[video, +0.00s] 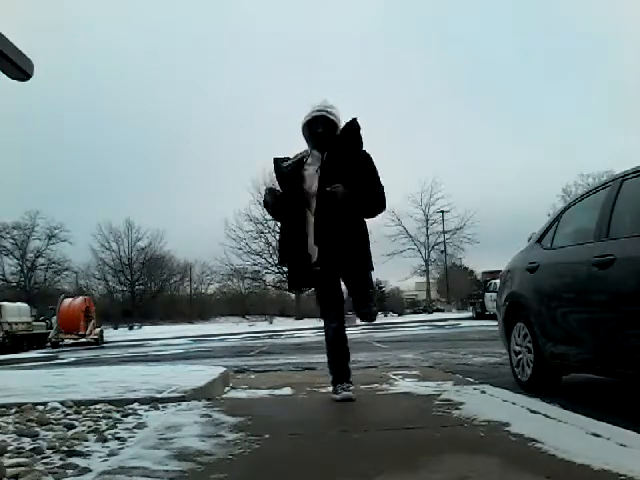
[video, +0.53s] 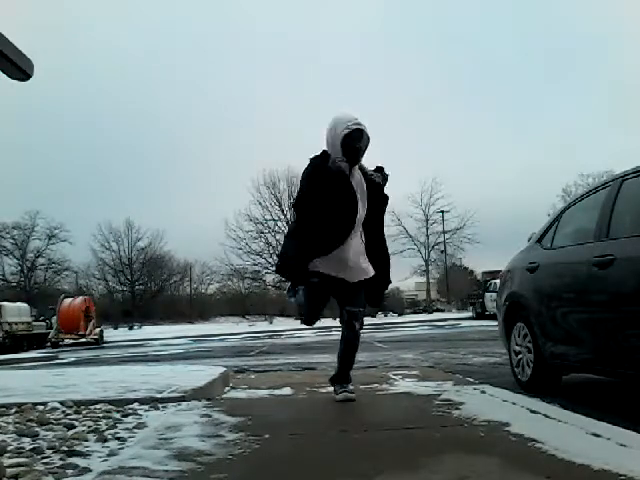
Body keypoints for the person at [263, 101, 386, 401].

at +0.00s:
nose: (319, 132)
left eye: (325, 126)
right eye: (313, 127)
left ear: (336, 129)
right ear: (305, 132)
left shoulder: (355, 159)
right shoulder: (295, 169)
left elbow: (376, 203)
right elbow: (287, 213)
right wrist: (273, 200)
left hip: (351, 247)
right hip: (316, 252)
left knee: (365, 311)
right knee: (332, 319)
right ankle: (341, 381)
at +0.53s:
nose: (359, 147)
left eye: (363, 141)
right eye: (352, 140)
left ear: (367, 144)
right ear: (336, 141)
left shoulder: (369, 182)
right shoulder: (318, 171)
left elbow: (375, 231)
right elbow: (302, 218)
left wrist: (381, 272)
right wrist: (291, 261)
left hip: (357, 264)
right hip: (322, 261)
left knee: (353, 324)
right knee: (309, 317)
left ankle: (342, 380)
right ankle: (296, 284)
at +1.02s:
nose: (319, 145)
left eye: (324, 139)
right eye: (315, 140)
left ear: (340, 139)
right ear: (313, 142)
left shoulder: (367, 169)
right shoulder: (309, 174)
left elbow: (411, 182)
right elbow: (284, 214)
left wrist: (389, 169)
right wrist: (280, 216)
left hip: (357, 262)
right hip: (321, 262)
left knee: (349, 321)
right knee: (317, 314)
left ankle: (343, 380)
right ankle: (287, 310)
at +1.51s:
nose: (308, 129)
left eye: (313, 122)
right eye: (303, 124)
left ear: (329, 123)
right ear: (300, 130)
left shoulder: (351, 146)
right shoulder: (301, 165)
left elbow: (381, 128)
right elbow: (301, 210)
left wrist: (346, 111)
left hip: (357, 241)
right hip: (323, 251)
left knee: (376, 289)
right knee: (334, 318)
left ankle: (387, 308)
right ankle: (344, 379)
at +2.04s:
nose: (349, 124)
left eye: (353, 118)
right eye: (343, 117)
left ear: (355, 118)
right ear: (328, 115)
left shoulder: (365, 150)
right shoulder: (306, 134)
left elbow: (376, 198)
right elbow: (272, 125)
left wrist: (387, 238)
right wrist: (286, 92)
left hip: (355, 235)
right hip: (320, 235)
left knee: (347, 300)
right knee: (327, 301)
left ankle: (350, 371)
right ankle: (333, 362)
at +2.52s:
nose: (353, 129)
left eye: (358, 124)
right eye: (347, 123)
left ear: (365, 127)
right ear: (333, 124)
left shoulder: (377, 167)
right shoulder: (317, 146)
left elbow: (382, 218)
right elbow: (281, 153)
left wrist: (386, 258)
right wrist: (307, 116)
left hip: (357, 246)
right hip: (320, 240)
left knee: (354, 312)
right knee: (297, 299)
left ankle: (349, 379)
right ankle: (313, 294)